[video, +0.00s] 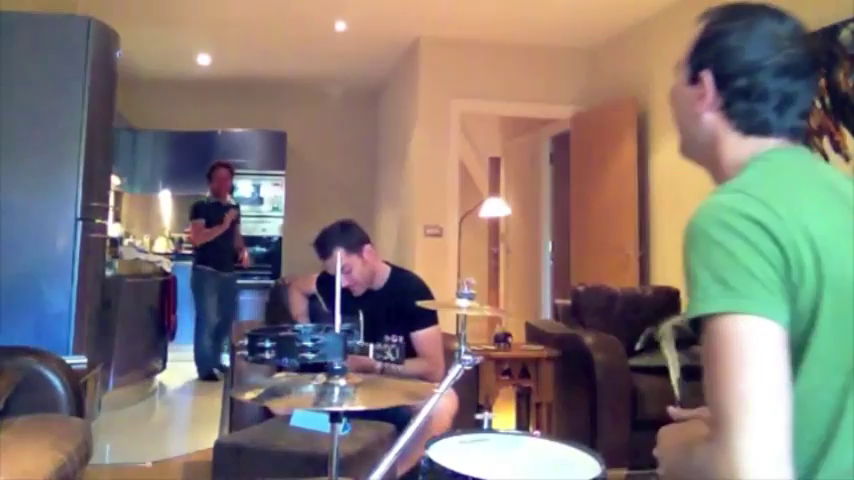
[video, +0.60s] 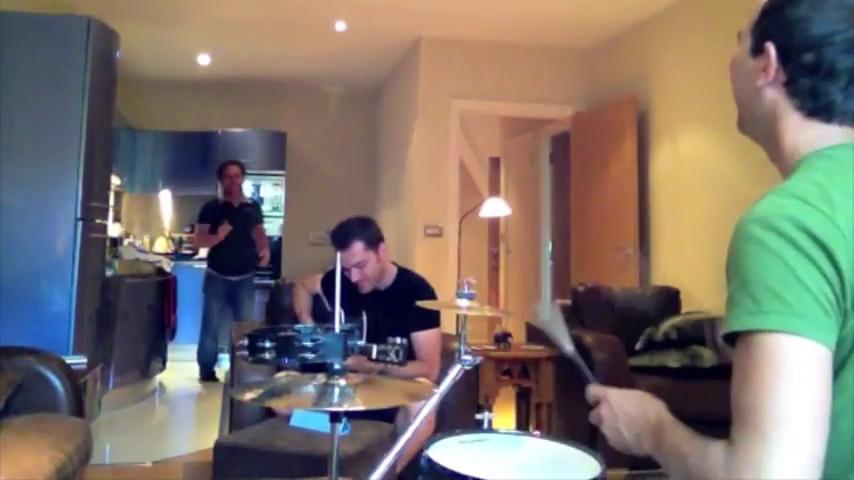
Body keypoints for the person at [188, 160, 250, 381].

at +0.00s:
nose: (222, 183)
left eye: (226, 178)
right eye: (218, 178)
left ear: (231, 182)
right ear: (210, 182)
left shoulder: (233, 209)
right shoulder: (201, 207)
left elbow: (236, 236)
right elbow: (197, 237)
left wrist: (242, 250)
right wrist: (223, 226)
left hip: (228, 270)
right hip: (207, 268)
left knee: (226, 318)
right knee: (209, 318)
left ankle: (216, 359)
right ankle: (204, 366)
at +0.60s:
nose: (234, 181)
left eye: (237, 177)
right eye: (229, 177)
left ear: (243, 179)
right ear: (221, 181)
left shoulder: (252, 208)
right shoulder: (211, 208)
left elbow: (259, 233)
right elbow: (199, 240)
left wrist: (264, 249)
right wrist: (217, 237)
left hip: (245, 276)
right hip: (217, 276)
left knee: (247, 323)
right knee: (213, 324)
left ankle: (244, 367)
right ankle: (207, 367)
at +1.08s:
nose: (258, 178)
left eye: (261, 173)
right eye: (253, 173)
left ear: (267, 175)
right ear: (245, 176)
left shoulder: (277, 204)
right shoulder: (233, 203)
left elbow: (285, 231)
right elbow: (221, 239)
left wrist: (284, 245)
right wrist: (235, 234)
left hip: (270, 271)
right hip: (242, 270)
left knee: (269, 322)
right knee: (247, 321)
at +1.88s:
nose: (282, 173)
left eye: (285, 168)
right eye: (276, 168)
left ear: (292, 170)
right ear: (266, 171)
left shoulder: (298, 200)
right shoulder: (253, 200)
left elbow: (306, 233)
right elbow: (240, 238)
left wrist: (313, 265)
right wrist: (267, 234)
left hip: (287, 274)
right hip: (260, 273)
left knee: (288, 324)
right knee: (262, 324)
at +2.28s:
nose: (304, 173)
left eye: (308, 168)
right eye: (299, 168)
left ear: (314, 171)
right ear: (288, 171)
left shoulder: (322, 203)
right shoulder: (273, 201)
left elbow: (328, 240)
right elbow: (259, 241)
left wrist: (332, 270)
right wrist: (284, 238)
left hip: (312, 279)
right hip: (277, 278)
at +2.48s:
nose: (316, 170)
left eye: (320, 165)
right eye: (310, 165)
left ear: (326, 168)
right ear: (301, 168)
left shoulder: (337, 201)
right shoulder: (286, 200)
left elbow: (346, 240)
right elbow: (273, 240)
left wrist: (350, 267)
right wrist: (288, 226)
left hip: (325, 276)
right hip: (293, 277)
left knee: (328, 327)